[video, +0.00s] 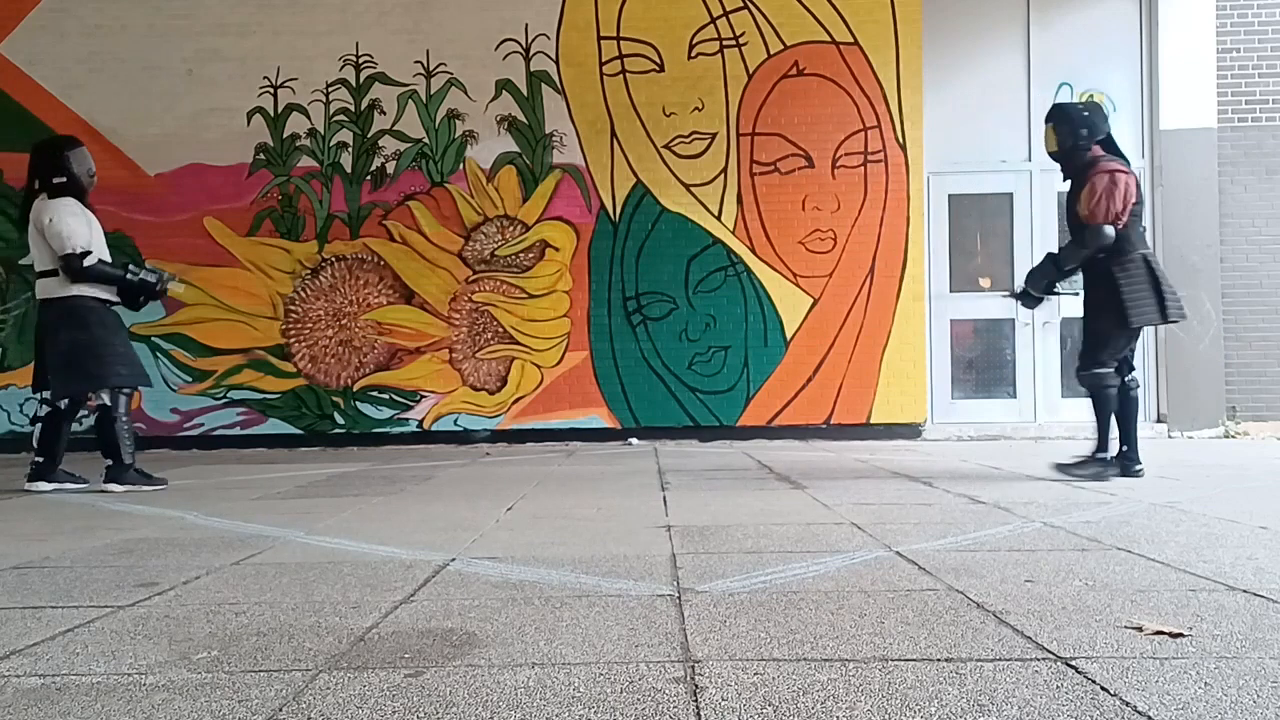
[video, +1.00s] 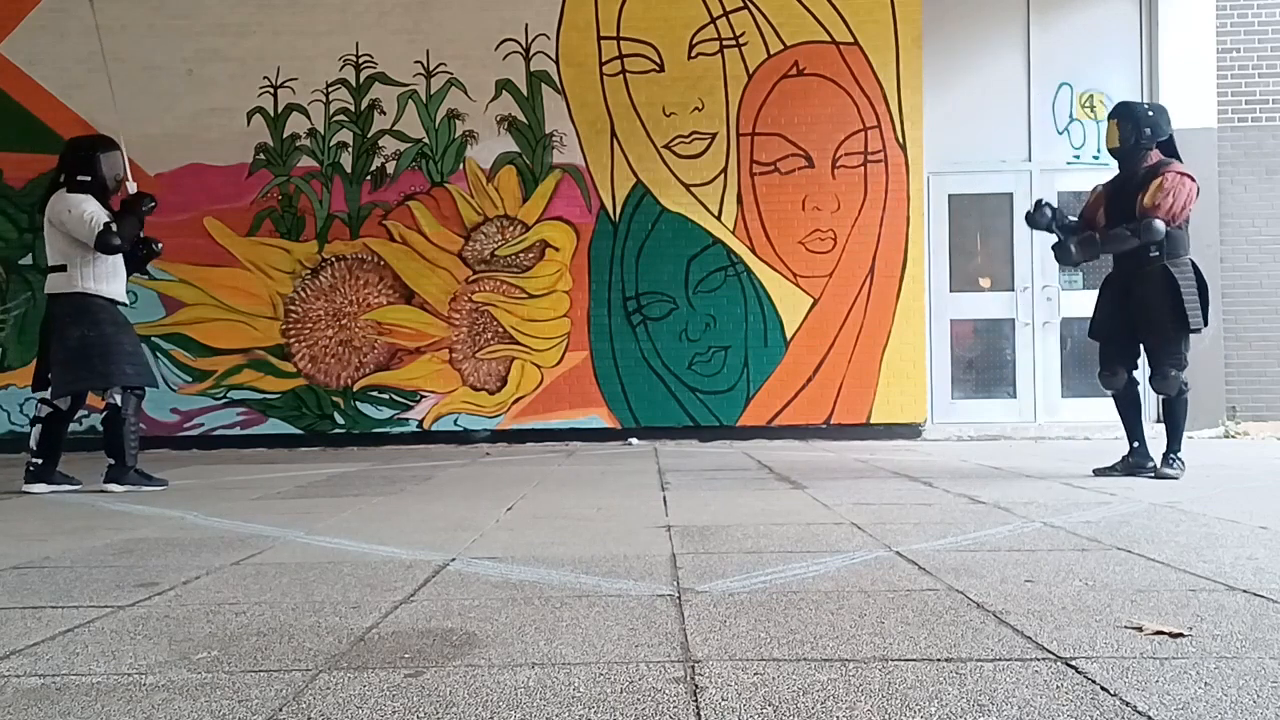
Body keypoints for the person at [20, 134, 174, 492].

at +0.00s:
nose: (92, 172)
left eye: (90, 164)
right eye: (85, 165)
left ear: (51, 172)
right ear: (65, 169)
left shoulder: (49, 206)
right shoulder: (62, 208)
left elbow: (79, 276)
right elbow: (77, 266)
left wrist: (123, 294)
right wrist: (133, 277)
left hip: (60, 311)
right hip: (80, 310)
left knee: (66, 390)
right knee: (119, 381)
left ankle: (45, 468)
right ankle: (122, 467)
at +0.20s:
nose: (112, 176)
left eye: (112, 170)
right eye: (106, 170)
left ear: (80, 171)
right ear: (82, 170)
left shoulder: (82, 204)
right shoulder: (73, 205)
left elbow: (98, 268)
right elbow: (94, 256)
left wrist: (137, 273)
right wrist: (149, 243)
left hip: (77, 309)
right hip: (92, 308)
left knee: (73, 390)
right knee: (129, 380)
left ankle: (46, 468)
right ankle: (123, 468)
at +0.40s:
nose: (123, 174)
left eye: (123, 165)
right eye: (117, 165)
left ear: (88, 169)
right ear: (96, 167)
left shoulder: (100, 208)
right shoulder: (73, 201)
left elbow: (111, 267)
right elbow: (105, 239)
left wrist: (146, 258)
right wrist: (142, 213)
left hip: (94, 306)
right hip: (92, 305)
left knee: (79, 390)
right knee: (129, 381)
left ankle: (44, 467)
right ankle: (123, 468)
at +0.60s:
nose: (122, 174)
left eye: (121, 165)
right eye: (116, 165)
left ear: (83, 167)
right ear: (95, 166)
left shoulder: (98, 208)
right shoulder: (71, 201)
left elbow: (114, 271)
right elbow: (107, 237)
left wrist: (147, 254)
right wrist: (138, 211)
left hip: (85, 307)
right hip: (91, 306)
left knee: (68, 392)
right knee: (132, 383)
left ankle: (42, 470)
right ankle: (124, 468)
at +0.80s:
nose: (119, 174)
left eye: (119, 166)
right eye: (113, 165)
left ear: (80, 167)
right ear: (93, 166)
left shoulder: (93, 208)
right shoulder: (69, 201)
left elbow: (111, 272)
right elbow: (106, 235)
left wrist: (143, 253)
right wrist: (135, 210)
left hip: (78, 307)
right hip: (88, 306)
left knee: (67, 391)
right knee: (129, 383)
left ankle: (41, 470)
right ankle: (124, 468)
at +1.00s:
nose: (119, 174)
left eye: (118, 165)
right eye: (113, 165)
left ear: (79, 167)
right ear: (93, 166)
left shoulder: (88, 206)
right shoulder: (72, 202)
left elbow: (101, 268)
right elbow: (111, 238)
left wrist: (138, 258)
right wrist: (134, 210)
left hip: (73, 306)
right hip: (88, 306)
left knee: (66, 391)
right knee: (129, 382)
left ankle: (41, 470)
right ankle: (124, 468)